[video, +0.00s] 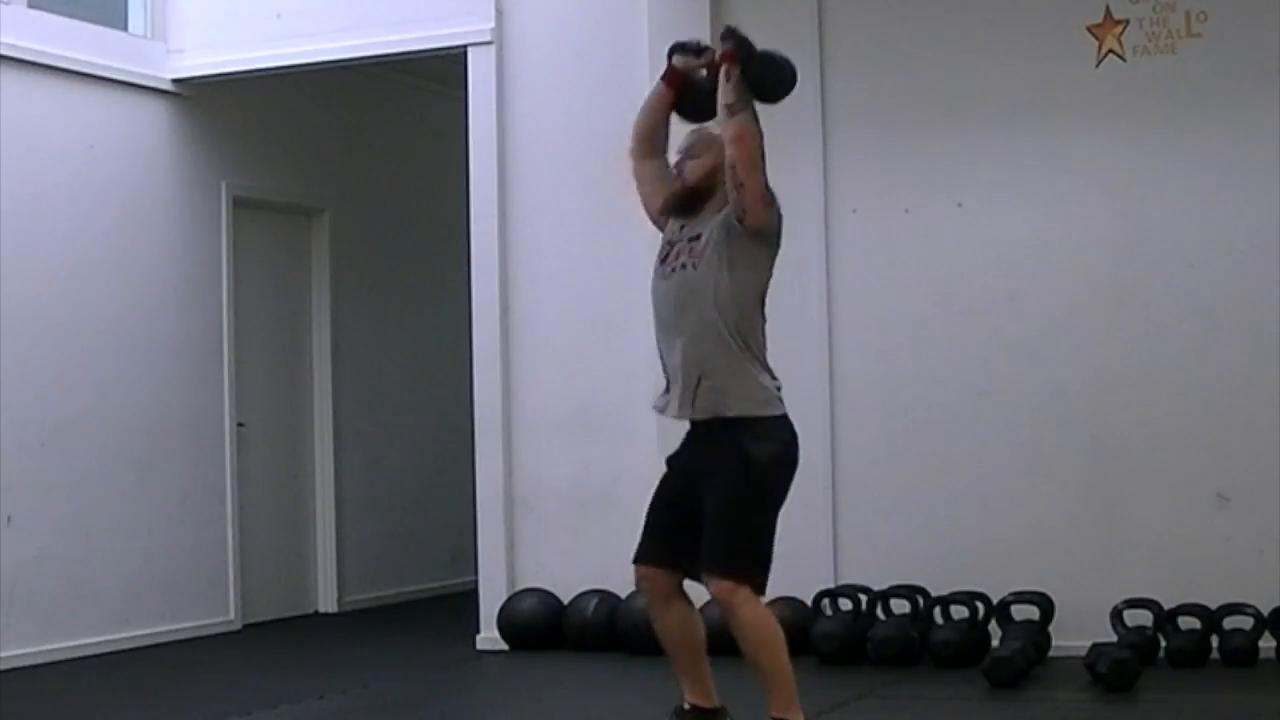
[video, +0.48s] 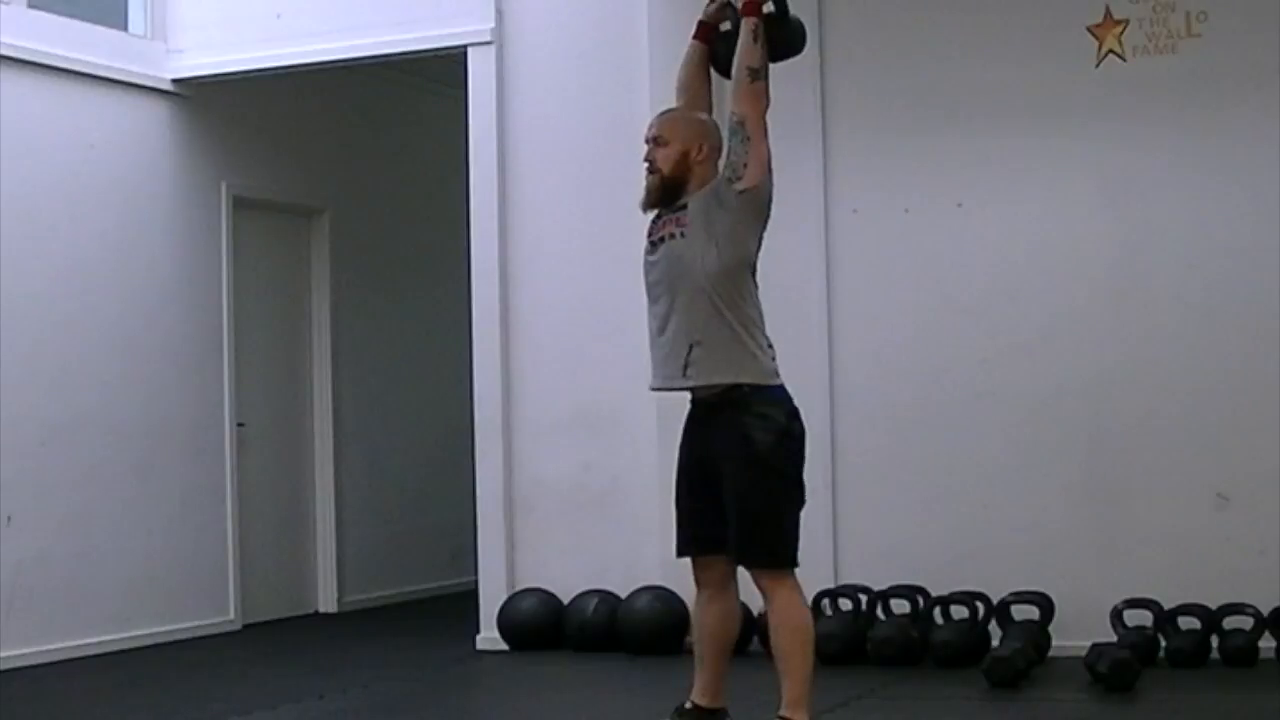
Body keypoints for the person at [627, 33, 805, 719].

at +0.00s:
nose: (680, 163)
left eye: (695, 152)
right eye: (679, 155)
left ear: (729, 162)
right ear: (679, 172)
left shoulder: (750, 222)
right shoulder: (674, 223)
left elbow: (745, 152)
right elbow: (645, 154)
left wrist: (730, 83)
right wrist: (668, 85)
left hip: (754, 432)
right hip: (701, 434)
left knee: (731, 584)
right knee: (656, 571)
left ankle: (789, 713)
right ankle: (702, 706)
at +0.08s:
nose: (659, 178)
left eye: (671, 167)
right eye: (660, 168)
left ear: (710, 175)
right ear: (678, 181)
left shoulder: (740, 230)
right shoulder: (677, 236)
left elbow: (748, 145)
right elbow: (665, 147)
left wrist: (738, 67)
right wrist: (677, 72)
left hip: (760, 441)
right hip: (706, 443)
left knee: (728, 585)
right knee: (652, 573)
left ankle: (788, 713)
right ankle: (702, 706)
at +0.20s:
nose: (646, 166)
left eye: (658, 156)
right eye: (649, 155)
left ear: (697, 165)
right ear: (680, 165)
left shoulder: (735, 216)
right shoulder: (672, 220)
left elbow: (750, 127)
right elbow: (676, 119)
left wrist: (745, 40)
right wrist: (694, 44)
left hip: (762, 422)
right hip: (709, 424)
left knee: (744, 580)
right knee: (676, 574)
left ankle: (789, 712)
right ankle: (702, 705)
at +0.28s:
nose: (643, 156)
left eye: (655, 145)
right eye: (644, 144)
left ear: (697, 153)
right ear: (674, 156)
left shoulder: (732, 204)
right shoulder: (669, 213)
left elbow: (748, 114)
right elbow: (685, 119)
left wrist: (750, 31)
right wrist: (700, 42)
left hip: (760, 411)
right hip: (707, 413)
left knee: (760, 572)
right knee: (697, 570)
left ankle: (792, 711)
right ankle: (704, 705)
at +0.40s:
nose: (644, 154)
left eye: (656, 143)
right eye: (644, 143)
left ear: (697, 152)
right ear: (674, 155)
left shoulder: (731, 204)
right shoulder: (669, 214)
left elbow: (749, 110)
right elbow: (689, 117)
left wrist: (752, 27)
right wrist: (703, 32)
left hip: (758, 411)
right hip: (706, 412)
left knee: (773, 572)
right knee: (708, 571)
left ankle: (796, 710)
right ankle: (706, 704)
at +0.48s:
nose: (647, 153)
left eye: (659, 142)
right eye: (648, 142)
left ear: (700, 150)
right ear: (674, 153)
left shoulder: (734, 204)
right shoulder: (669, 214)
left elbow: (751, 109)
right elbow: (689, 115)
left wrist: (753, 25)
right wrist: (705, 29)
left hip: (758, 411)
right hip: (706, 412)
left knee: (772, 573)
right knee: (709, 570)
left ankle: (796, 710)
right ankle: (707, 704)